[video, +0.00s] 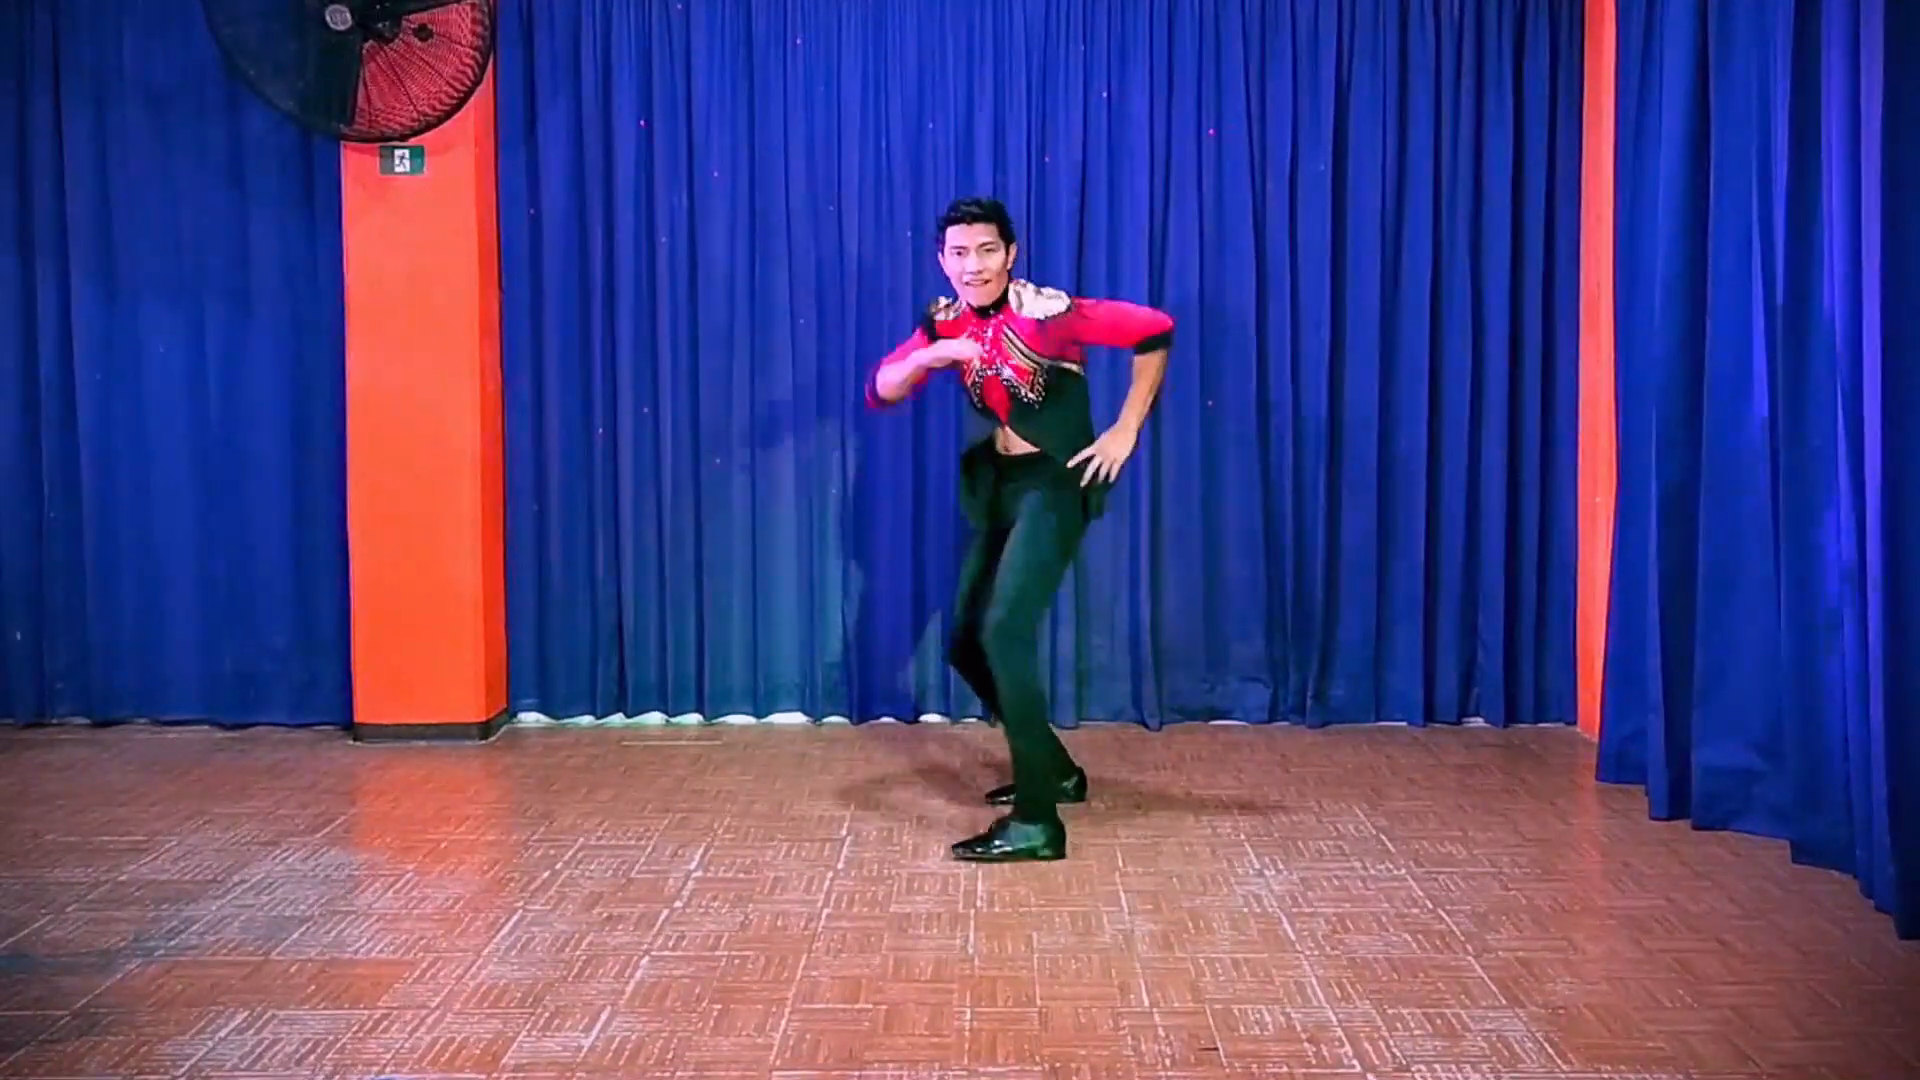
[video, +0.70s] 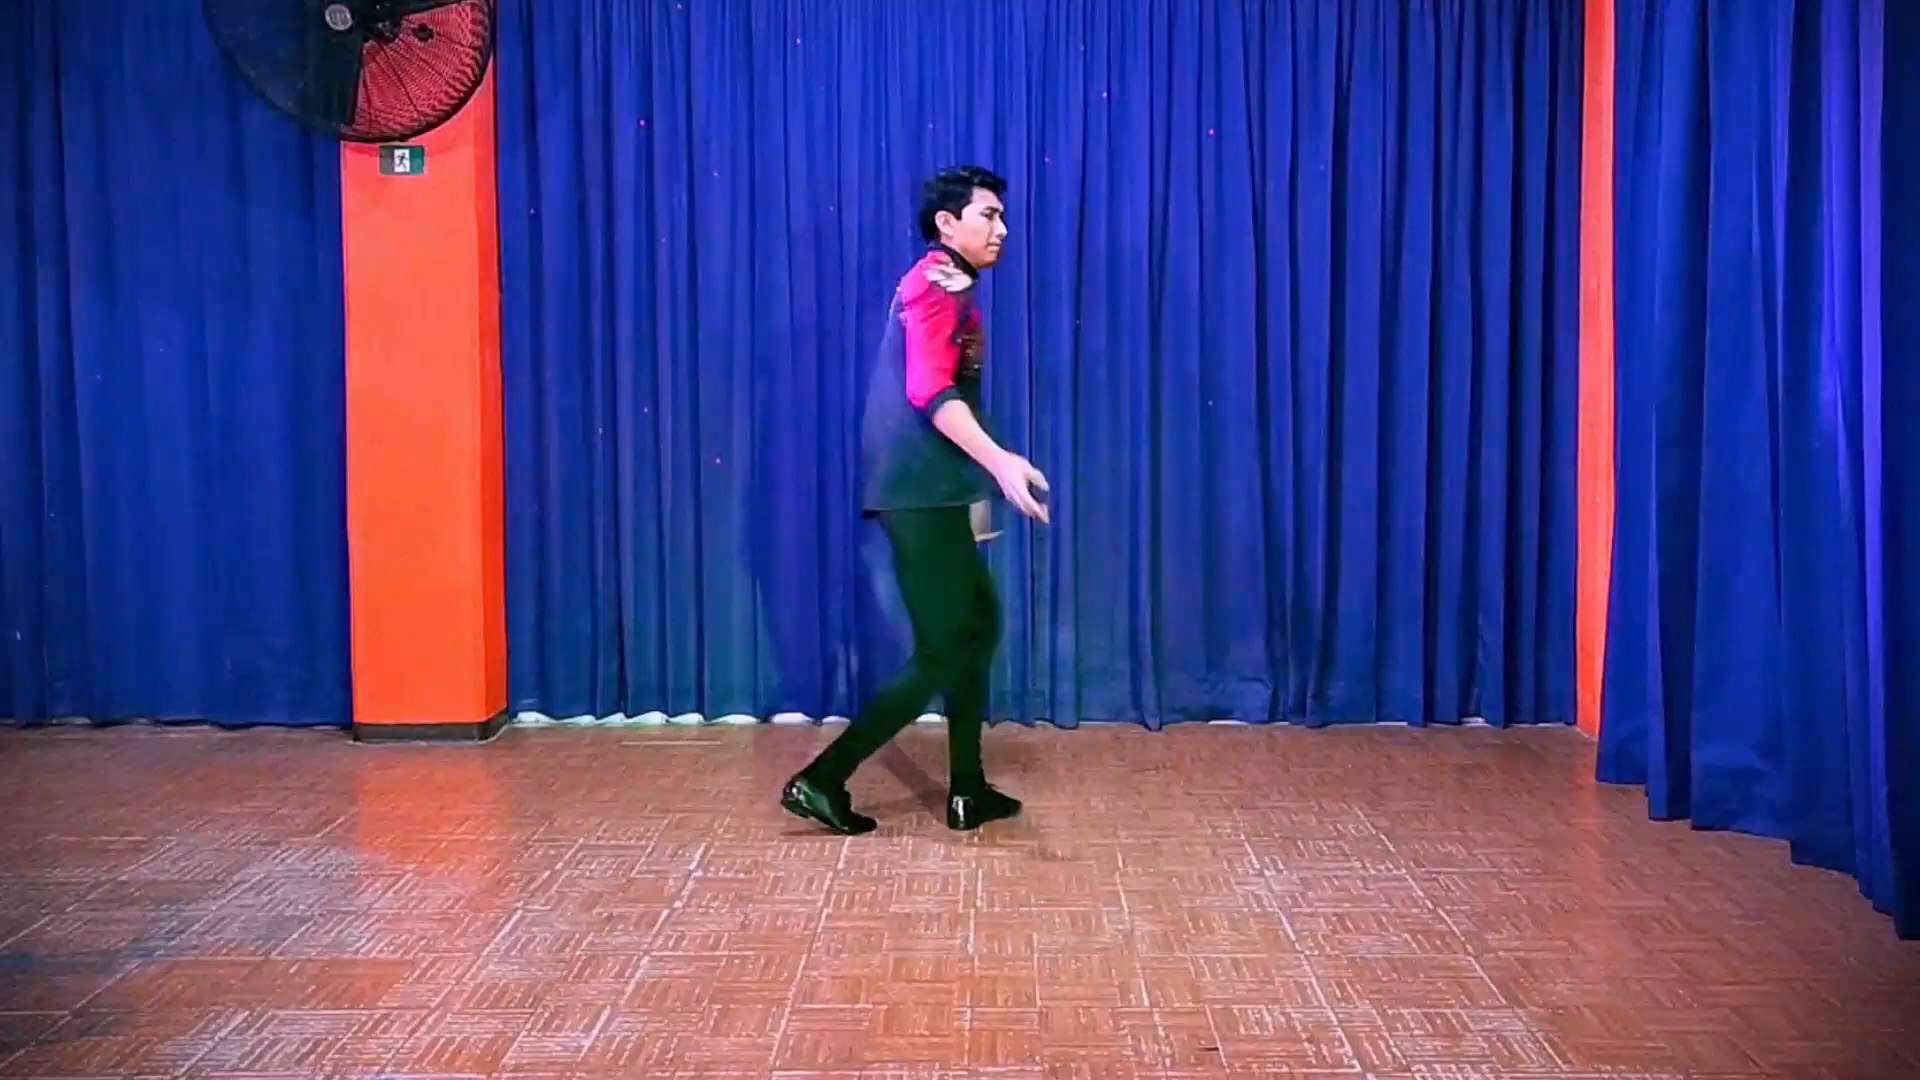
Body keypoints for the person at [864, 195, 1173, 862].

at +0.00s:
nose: (973, 264)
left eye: (986, 250)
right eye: (959, 252)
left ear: (1011, 255)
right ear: (945, 260)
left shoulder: (1046, 317)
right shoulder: (947, 324)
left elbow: (1154, 331)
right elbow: (881, 389)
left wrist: (1128, 428)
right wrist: (931, 356)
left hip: (1060, 483)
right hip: (1003, 485)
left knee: (1004, 631)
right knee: (966, 643)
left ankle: (1035, 822)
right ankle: (1056, 771)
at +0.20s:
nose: (961, 246)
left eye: (974, 233)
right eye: (948, 235)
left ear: (1002, 240)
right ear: (936, 244)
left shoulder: (1046, 296)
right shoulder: (942, 319)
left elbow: (1126, 352)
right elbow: (885, 391)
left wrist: (1068, 419)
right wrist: (920, 440)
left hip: (1042, 483)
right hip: (995, 486)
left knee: (929, 612)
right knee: (972, 638)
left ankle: (964, 789)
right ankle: (1057, 770)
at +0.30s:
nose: (918, 244)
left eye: (933, 231)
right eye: (915, 231)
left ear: (974, 242)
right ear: (915, 241)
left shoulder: (1011, 311)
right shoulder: (935, 321)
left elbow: (1046, 408)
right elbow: (952, 426)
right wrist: (907, 487)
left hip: (1017, 490)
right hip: (988, 487)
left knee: (921, 626)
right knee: (973, 635)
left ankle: (961, 790)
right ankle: (1056, 769)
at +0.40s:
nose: (893, 245)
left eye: (903, 233)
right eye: (896, 232)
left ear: (938, 241)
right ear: (941, 241)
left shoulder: (942, 302)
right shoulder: (977, 293)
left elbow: (968, 394)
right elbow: (998, 407)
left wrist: (888, 423)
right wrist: (952, 476)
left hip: (1000, 495)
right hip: (1027, 494)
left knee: (915, 629)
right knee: (965, 634)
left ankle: (960, 790)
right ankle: (1057, 768)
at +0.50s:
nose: (898, 242)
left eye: (898, 236)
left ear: (902, 243)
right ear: (967, 236)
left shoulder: (896, 304)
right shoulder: (1017, 285)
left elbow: (849, 394)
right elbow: (1088, 363)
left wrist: (888, 464)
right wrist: (1041, 442)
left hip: (953, 507)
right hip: (1023, 500)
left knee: (900, 634)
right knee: (944, 623)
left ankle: (959, 791)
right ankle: (1022, 743)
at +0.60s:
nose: (988, 230)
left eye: (985, 218)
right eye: (981, 220)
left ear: (927, 230)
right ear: (955, 226)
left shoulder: (879, 302)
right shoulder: (1000, 282)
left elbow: (865, 415)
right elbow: (1043, 366)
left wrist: (879, 494)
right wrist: (1053, 450)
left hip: (914, 496)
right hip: (992, 497)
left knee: (911, 637)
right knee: (968, 645)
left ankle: (960, 790)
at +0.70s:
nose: (1001, 228)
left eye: (1001, 216)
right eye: (989, 215)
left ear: (960, 226)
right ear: (947, 223)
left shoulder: (949, 283)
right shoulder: (934, 284)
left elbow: (947, 398)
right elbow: (931, 393)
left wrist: (967, 495)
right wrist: (1000, 462)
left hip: (935, 489)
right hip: (917, 490)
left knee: (977, 625)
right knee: (947, 647)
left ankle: (969, 789)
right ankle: (821, 781)